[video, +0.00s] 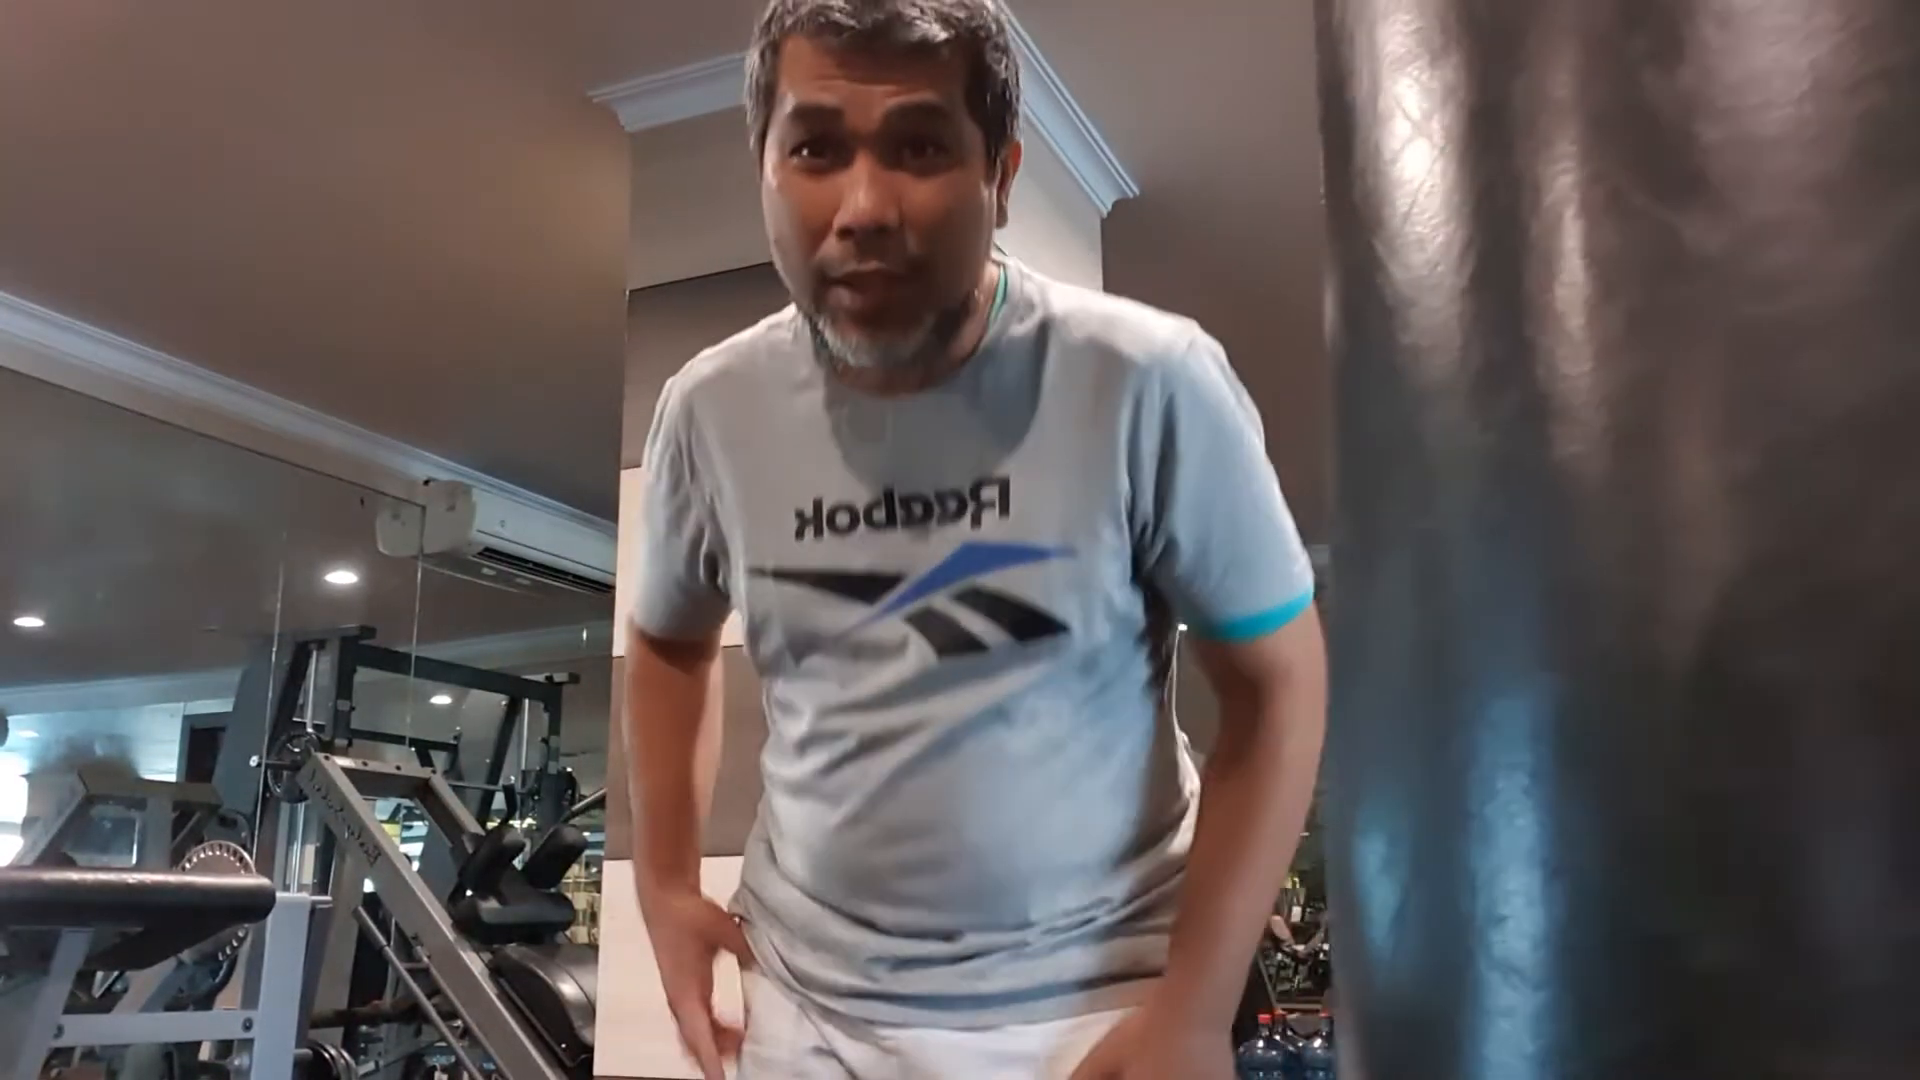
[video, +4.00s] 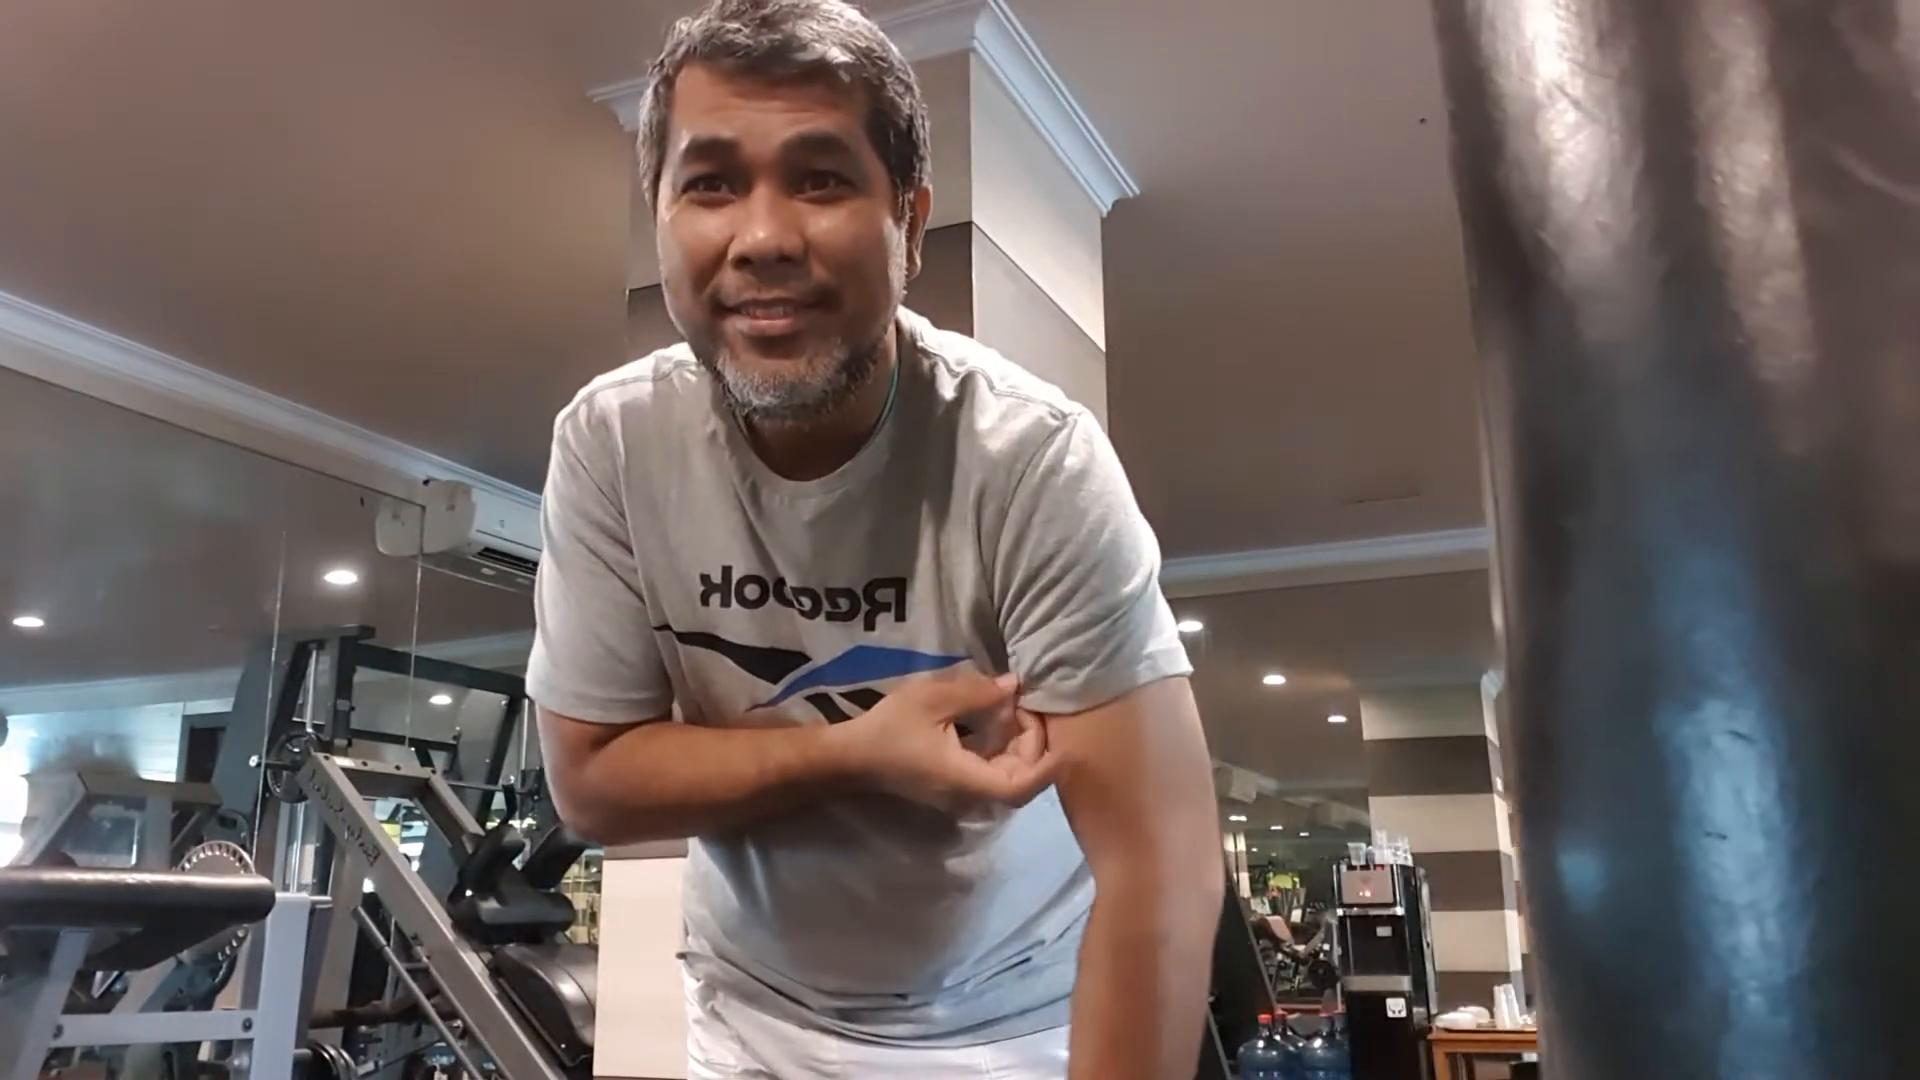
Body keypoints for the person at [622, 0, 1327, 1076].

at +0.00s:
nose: (864, 210)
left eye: (920, 152)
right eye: (818, 151)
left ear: (1002, 170)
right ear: (761, 167)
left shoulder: (1153, 382)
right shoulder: (710, 413)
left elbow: (1279, 683)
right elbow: (666, 644)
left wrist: (1195, 1008)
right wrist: (667, 887)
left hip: (1092, 1013)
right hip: (809, 1009)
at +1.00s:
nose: (867, 227)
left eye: (925, 171)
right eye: (819, 168)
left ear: (1009, 209)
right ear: (765, 203)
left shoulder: (1142, 440)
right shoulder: (690, 442)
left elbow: (1262, 774)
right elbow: (603, 663)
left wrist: (1229, 1068)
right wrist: (658, 937)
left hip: (1092, 1011)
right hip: (797, 1008)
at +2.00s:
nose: (853, 203)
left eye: (913, 152)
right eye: (806, 145)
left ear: (991, 200)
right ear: (750, 180)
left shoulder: (1101, 438)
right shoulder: (676, 396)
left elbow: (1138, 828)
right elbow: (677, 743)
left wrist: (1106, 1069)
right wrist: (990, 678)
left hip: (1005, 1023)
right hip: (748, 1007)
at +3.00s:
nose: (758, 218)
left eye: (814, 163)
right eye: (707, 168)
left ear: (904, 208)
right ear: (659, 216)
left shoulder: (1043, 447)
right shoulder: (627, 435)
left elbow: (1173, 838)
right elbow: (652, 790)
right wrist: (923, 713)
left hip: (1018, 1024)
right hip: (756, 1014)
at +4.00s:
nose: (764, 241)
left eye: (823, 182)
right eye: (713, 184)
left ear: (910, 221)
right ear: (657, 224)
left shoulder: (1034, 462)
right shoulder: (612, 443)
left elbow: (1162, 866)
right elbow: (593, 785)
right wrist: (854, 754)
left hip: (1012, 1028)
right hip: (749, 1014)